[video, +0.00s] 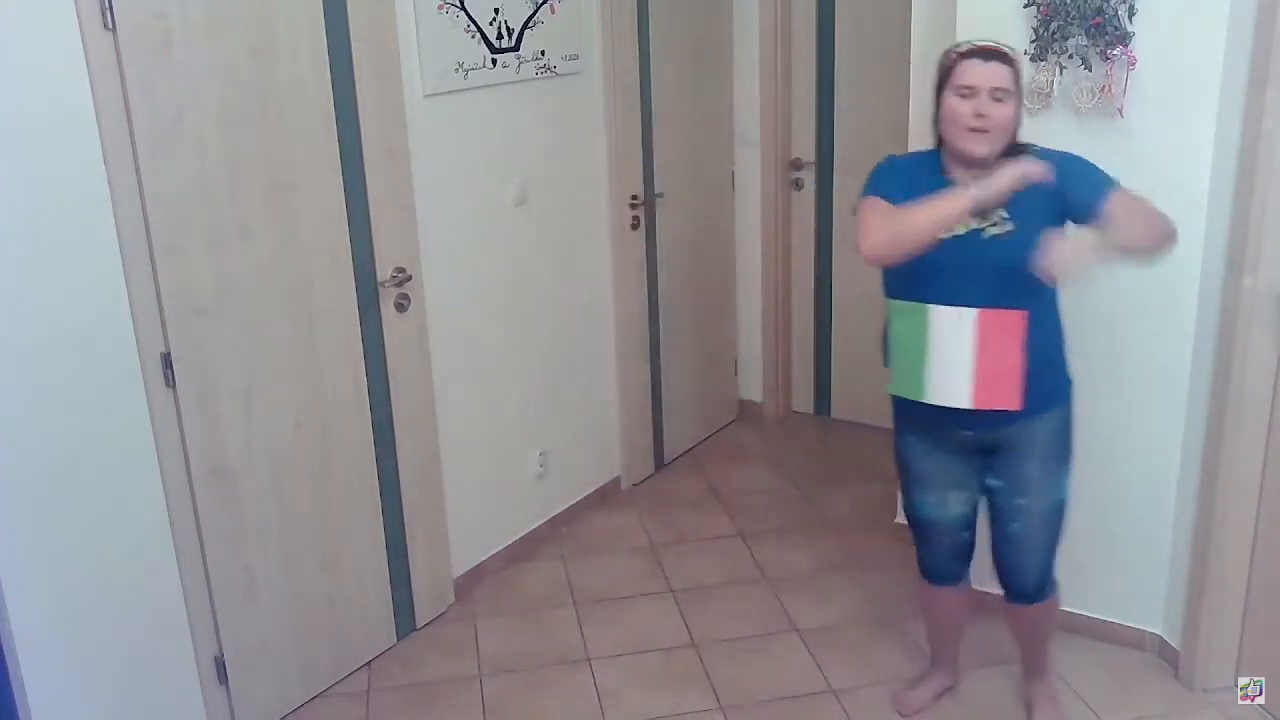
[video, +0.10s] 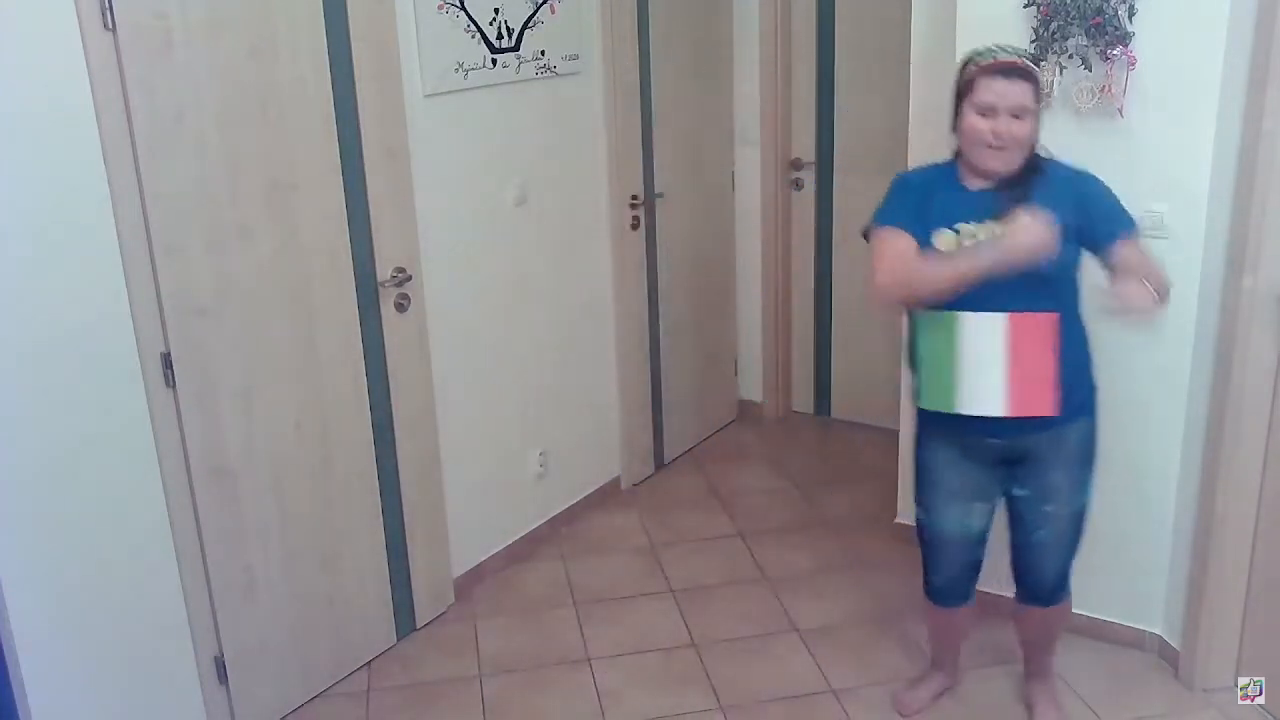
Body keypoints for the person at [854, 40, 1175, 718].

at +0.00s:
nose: (980, 110)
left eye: (998, 97)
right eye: (965, 94)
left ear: (1019, 112)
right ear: (938, 105)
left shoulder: (1051, 173)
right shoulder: (900, 175)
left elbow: (1156, 228)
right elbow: (873, 244)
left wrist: (1092, 241)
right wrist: (981, 193)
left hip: (1029, 413)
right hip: (930, 412)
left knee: (1028, 575)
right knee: (941, 563)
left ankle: (1038, 680)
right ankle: (944, 669)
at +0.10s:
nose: (999, 127)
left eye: (1017, 114)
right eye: (984, 110)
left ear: (1037, 123)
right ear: (957, 116)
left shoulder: (1074, 192)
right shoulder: (917, 190)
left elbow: (1147, 275)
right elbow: (890, 283)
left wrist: (1138, 285)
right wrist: (1000, 253)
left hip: (1053, 424)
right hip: (951, 424)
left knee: (1044, 577)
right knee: (946, 572)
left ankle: (1040, 679)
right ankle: (943, 670)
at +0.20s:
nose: (1032, 155)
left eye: (1048, 139)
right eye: (1015, 139)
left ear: (1070, 140)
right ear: (989, 140)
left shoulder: (1106, 213)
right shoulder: (948, 217)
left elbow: (1140, 319)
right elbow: (907, 324)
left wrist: (1191, 364)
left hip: (1087, 446)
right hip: (986, 443)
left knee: (1058, 592)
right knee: (963, 609)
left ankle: (1037, 685)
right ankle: (948, 676)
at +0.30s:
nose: (1056, 152)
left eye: (1073, 135)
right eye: (1038, 135)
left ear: (1098, 134)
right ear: (1013, 135)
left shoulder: (1137, 206)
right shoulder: (967, 213)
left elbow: (1185, 316)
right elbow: (920, 317)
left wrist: (1246, 411)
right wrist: (899, 421)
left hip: (1102, 439)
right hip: (1001, 440)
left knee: (1064, 581)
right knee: (1006, 606)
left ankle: (1039, 679)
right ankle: (1004, 709)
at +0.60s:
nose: (1109, 198)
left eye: (1129, 178)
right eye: (1088, 181)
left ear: (1156, 185)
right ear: (1059, 191)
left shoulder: (1195, 259)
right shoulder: (1018, 283)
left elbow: (1241, 369)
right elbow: (948, 391)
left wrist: (1279, 438)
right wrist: (890, 486)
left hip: (1137, 465)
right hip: (1034, 468)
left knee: (1124, 615)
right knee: (1065, 632)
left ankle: (1049, 652)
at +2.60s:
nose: (1165, 234)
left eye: (1186, 212)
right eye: (1142, 213)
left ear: (1215, 220)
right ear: (1113, 222)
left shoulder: (1261, 292)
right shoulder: (1069, 314)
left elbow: (1274, 384)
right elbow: (1007, 435)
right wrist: (956, 538)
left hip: (1193, 480)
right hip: (1079, 482)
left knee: (1194, 649)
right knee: (1102, 664)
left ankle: (1095, 678)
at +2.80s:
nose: (1170, 220)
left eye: (1190, 199)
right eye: (1147, 202)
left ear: (1217, 211)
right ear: (1116, 218)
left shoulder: (1261, 290)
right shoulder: (1071, 305)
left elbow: (1274, 385)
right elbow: (1018, 410)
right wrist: (988, 449)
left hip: (1194, 475)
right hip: (1079, 477)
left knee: (1174, 655)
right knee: (1105, 665)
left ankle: (1084, 700)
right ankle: (1059, 708)